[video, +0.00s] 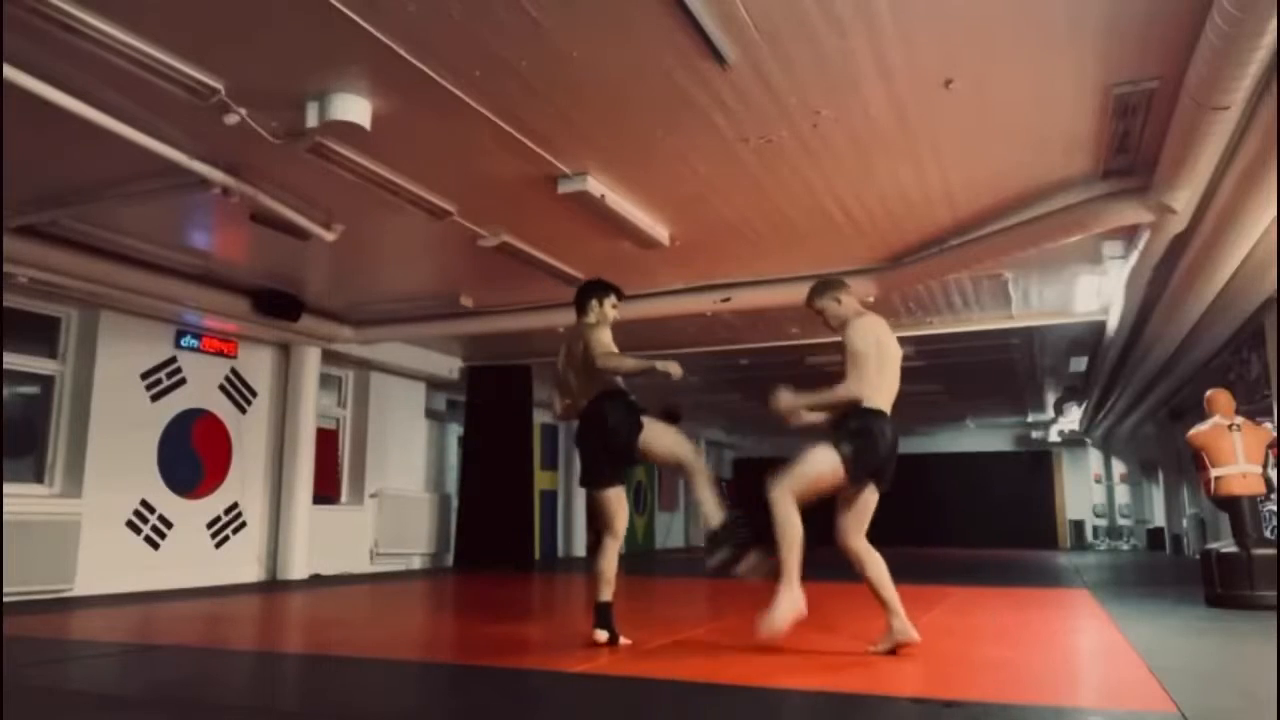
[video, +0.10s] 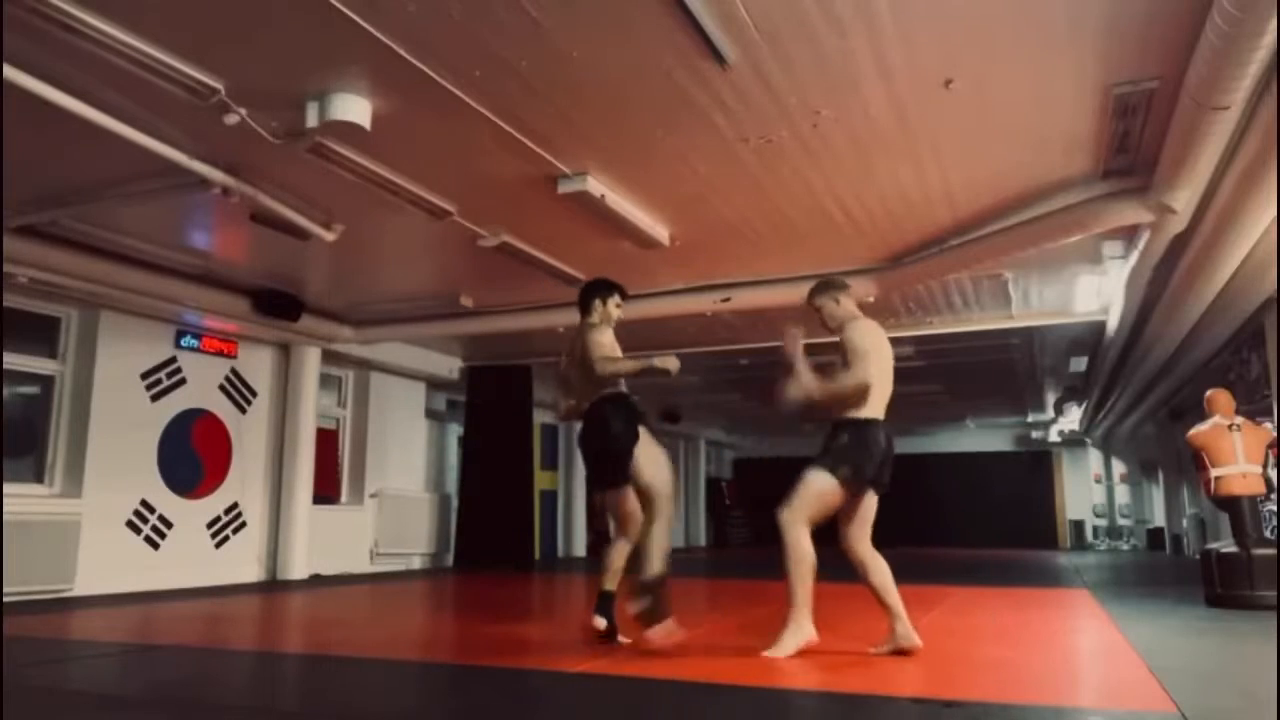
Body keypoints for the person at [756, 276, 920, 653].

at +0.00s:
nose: (826, 322)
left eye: (825, 312)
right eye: (821, 315)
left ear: (842, 298)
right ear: (849, 299)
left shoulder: (861, 327)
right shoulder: (882, 331)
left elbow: (857, 388)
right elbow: (863, 400)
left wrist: (797, 400)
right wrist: (811, 416)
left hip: (861, 433)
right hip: (882, 441)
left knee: (782, 489)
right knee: (852, 536)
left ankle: (790, 592)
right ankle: (900, 623)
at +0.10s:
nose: (822, 319)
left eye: (823, 309)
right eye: (819, 312)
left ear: (842, 299)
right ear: (844, 302)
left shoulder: (858, 331)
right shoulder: (871, 334)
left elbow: (862, 379)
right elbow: (832, 393)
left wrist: (815, 389)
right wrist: (801, 362)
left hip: (855, 440)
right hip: (873, 442)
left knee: (793, 516)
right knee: (857, 540)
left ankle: (800, 623)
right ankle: (903, 628)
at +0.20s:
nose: (819, 298)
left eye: (820, 290)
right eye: (815, 293)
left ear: (839, 278)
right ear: (832, 286)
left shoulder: (866, 307)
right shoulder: (846, 319)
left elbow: (855, 337)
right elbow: (799, 342)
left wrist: (811, 314)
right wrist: (791, 301)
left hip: (849, 421)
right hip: (851, 425)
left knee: (768, 466)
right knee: (844, 524)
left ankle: (782, 565)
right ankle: (892, 611)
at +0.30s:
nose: (818, 286)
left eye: (818, 278)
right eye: (814, 281)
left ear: (831, 266)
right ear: (828, 272)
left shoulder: (863, 291)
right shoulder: (847, 299)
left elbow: (833, 318)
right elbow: (791, 316)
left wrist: (804, 285)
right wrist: (766, 282)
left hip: (849, 408)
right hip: (836, 405)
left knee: (771, 463)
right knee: (771, 462)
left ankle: (791, 569)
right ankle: (821, 542)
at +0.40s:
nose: (821, 295)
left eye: (822, 287)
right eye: (817, 290)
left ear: (837, 273)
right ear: (828, 281)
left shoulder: (869, 304)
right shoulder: (843, 312)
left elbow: (822, 324)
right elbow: (779, 334)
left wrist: (799, 286)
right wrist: (740, 313)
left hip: (829, 413)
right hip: (806, 408)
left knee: (797, 509)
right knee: (739, 395)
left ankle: (810, 613)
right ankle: (711, 471)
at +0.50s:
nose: (830, 315)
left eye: (832, 304)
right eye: (825, 309)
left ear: (855, 294)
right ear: (834, 303)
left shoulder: (884, 334)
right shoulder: (837, 339)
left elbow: (830, 344)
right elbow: (779, 367)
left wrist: (806, 303)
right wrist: (725, 360)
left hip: (814, 431)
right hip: (782, 416)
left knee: (795, 532)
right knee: (713, 389)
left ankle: (814, 632)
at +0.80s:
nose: (822, 318)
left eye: (827, 310)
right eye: (822, 311)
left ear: (852, 306)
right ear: (851, 307)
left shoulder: (872, 353)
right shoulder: (842, 344)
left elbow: (808, 380)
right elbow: (798, 388)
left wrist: (804, 324)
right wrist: (761, 366)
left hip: (804, 441)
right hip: (779, 422)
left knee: (778, 540)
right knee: (713, 387)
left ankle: (812, 634)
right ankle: (641, 414)